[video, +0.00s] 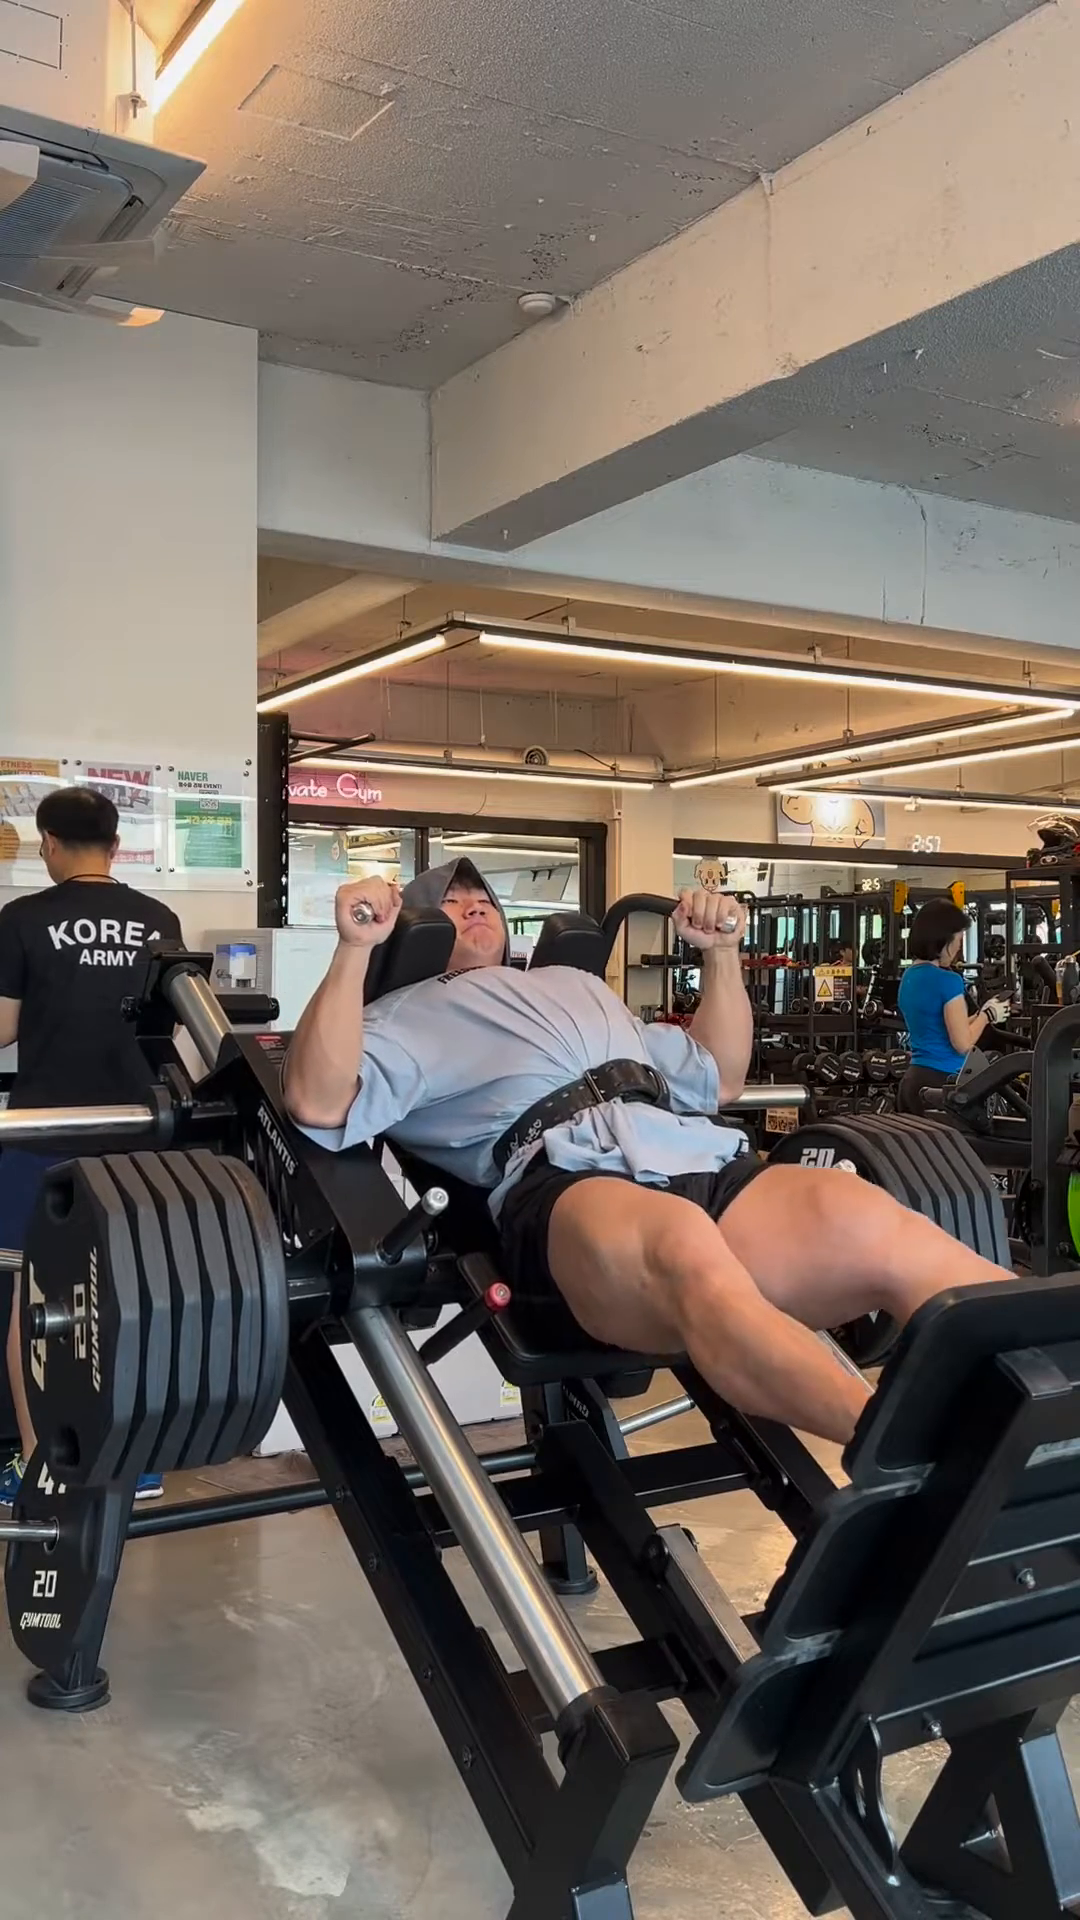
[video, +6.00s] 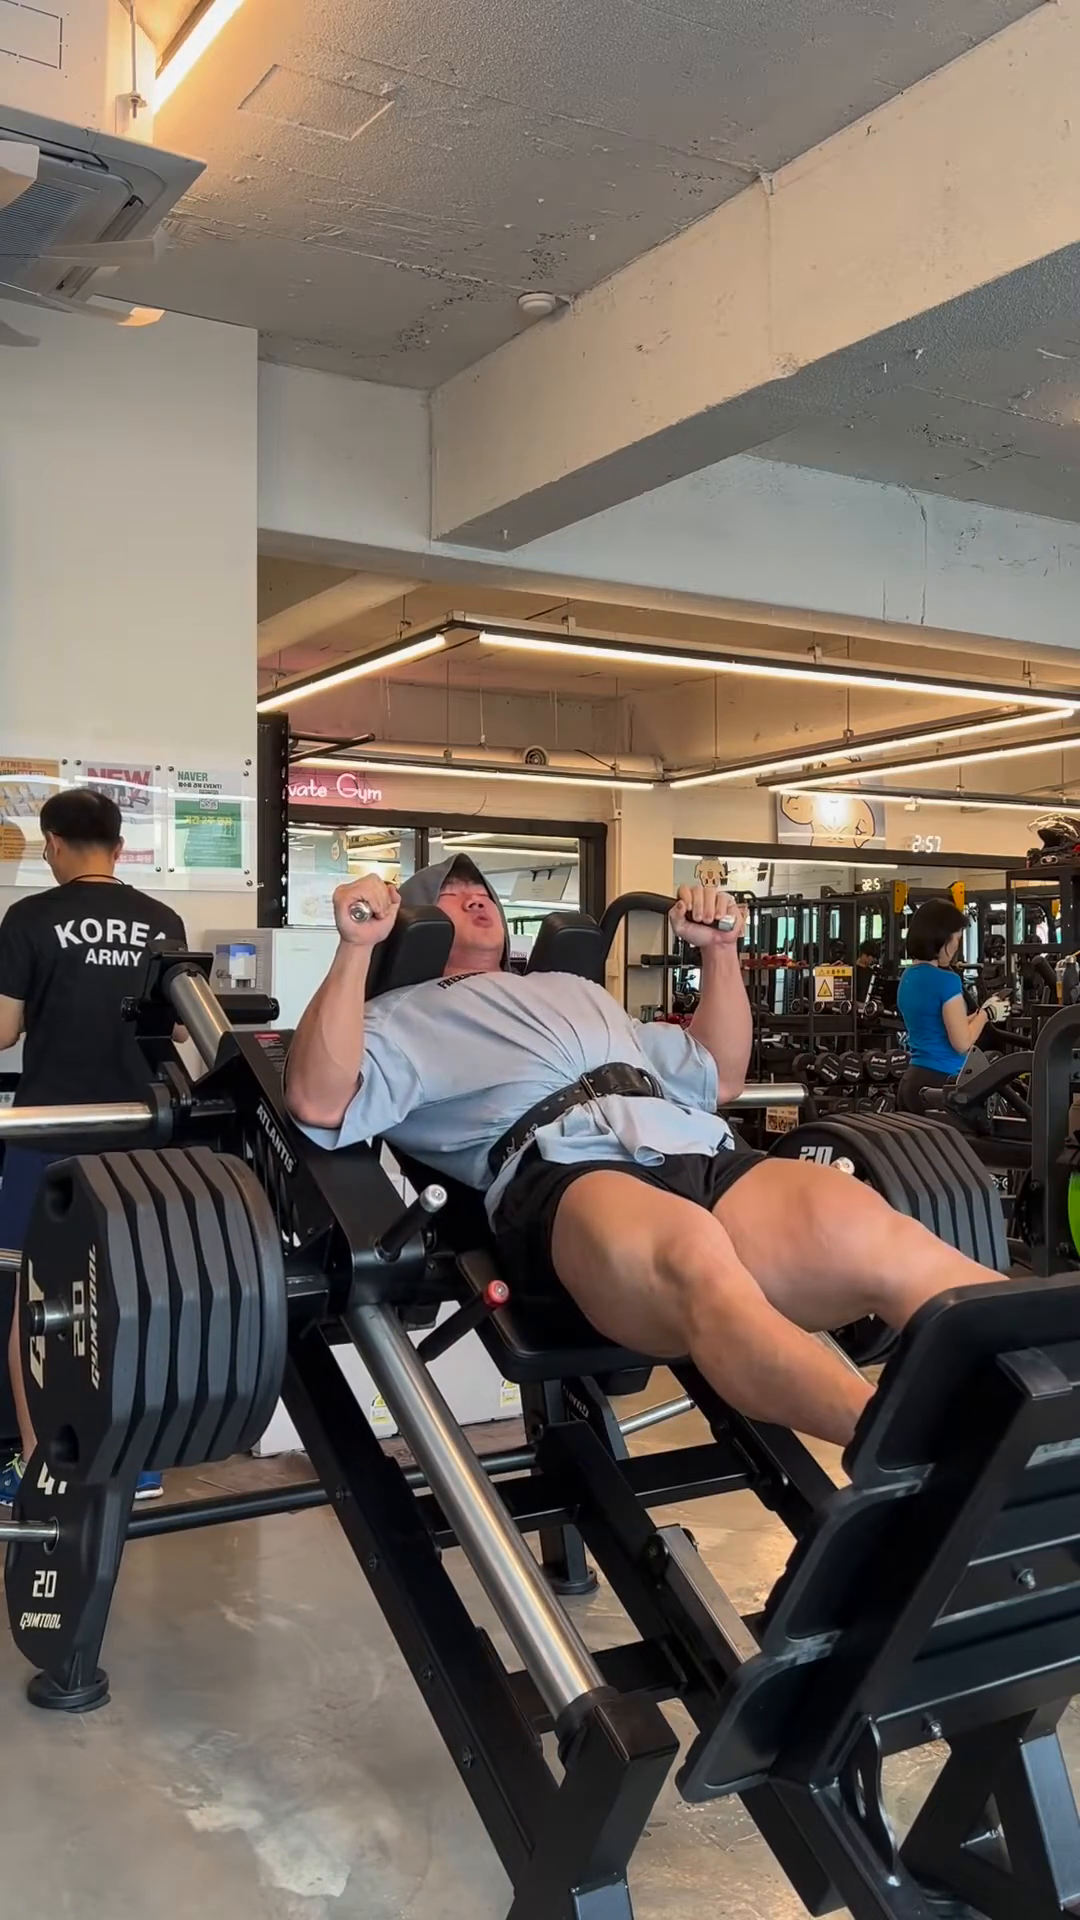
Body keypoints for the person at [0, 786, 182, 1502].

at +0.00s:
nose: (47, 855)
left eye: (44, 844)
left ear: (47, 845)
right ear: (115, 847)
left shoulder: (23, 918)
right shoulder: (159, 917)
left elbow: (5, 1027)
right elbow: (178, 1021)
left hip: (41, 1134)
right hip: (135, 1135)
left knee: (24, 1295)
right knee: (134, 1293)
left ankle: (35, 1455)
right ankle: (138, 1462)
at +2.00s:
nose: (49, 858)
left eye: (46, 848)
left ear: (49, 846)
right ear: (116, 848)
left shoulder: (27, 918)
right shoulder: (161, 918)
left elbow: (7, 1030)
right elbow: (173, 1020)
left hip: (47, 1131)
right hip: (135, 1131)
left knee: (28, 1298)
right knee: (121, 1287)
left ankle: (41, 1463)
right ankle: (124, 1449)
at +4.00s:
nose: (48, 857)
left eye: (45, 847)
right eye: (52, 847)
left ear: (50, 846)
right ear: (116, 847)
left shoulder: (29, 920)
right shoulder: (164, 920)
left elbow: (8, 1031)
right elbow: (174, 1024)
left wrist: (60, 1020)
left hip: (49, 1132)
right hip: (138, 1133)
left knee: (32, 1298)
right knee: (127, 1294)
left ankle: (39, 1461)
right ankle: (126, 1454)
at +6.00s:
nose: (52, 857)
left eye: (49, 847)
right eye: (62, 847)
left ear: (51, 845)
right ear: (119, 847)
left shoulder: (31, 917)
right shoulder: (164, 920)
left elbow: (5, 1029)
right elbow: (181, 1028)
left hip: (48, 1139)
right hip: (140, 1141)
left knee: (29, 1298)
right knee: (135, 1296)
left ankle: (35, 1458)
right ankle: (138, 1464)